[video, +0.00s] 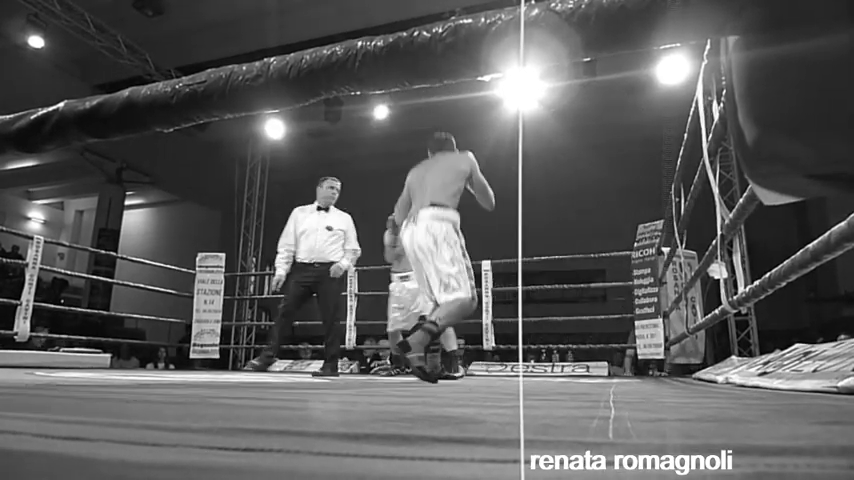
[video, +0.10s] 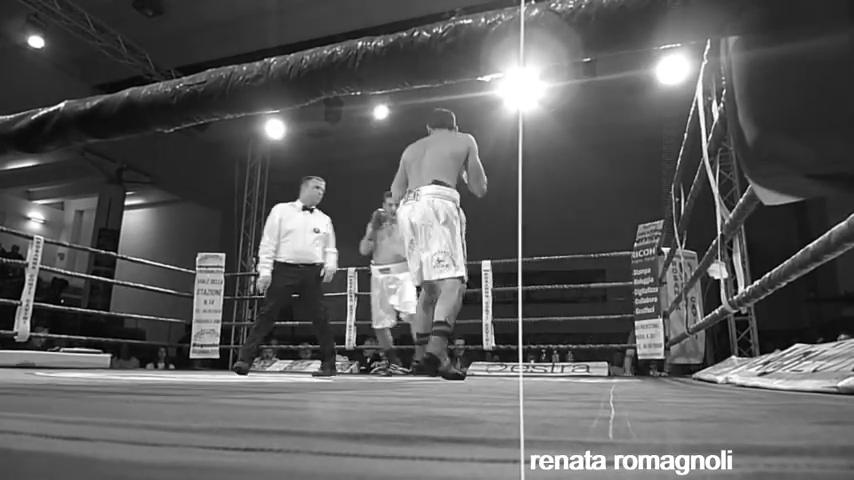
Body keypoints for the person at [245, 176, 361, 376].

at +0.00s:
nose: (334, 193)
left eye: (337, 190)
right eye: (330, 188)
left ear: (338, 195)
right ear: (318, 190)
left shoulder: (344, 219)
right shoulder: (299, 213)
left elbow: (353, 250)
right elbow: (286, 247)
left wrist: (343, 264)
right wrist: (281, 271)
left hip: (330, 272)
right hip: (301, 270)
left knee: (332, 319)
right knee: (285, 310)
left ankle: (331, 365)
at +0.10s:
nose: (321, 193)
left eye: (323, 191)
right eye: (318, 188)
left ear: (322, 195)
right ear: (305, 187)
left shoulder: (324, 220)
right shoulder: (281, 211)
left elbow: (330, 248)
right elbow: (268, 243)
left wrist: (330, 264)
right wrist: (264, 271)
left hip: (312, 272)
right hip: (283, 270)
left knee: (320, 317)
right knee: (267, 315)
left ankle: (328, 364)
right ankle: (245, 361)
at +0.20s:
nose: (309, 192)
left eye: (311, 189)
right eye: (306, 186)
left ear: (311, 193)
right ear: (293, 185)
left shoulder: (308, 218)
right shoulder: (268, 207)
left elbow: (312, 250)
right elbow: (255, 240)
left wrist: (316, 268)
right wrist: (255, 268)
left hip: (299, 269)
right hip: (271, 268)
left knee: (309, 317)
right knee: (258, 315)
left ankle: (320, 363)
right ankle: (243, 361)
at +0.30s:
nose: (293, 187)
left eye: (295, 184)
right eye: (289, 182)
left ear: (294, 189)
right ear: (276, 181)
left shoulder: (287, 214)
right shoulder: (253, 201)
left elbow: (283, 247)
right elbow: (238, 234)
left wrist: (293, 265)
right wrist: (239, 264)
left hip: (279, 266)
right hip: (256, 263)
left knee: (284, 313)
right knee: (250, 312)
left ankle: (283, 361)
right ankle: (242, 361)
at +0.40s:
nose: (281, 186)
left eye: (283, 183)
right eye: (277, 181)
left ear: (282, 187)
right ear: (264, 180)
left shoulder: (272, 213)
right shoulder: (243, 200)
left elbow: (267, 246)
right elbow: (228, 233)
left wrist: (278, 264)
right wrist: (227, 262)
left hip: (264, 265)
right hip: (245, 261)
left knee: (263, 312)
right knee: (244, 312)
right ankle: (239, 361)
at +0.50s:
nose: (269, 185)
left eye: (271, 181)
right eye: (265, 179)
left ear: (269, 186)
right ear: (251, 179)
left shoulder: (257, 210)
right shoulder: (233, 199)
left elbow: (253, 246)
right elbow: (217, 231)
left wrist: (265, 263)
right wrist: (213, 262)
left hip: (249, 261)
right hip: (234, 257)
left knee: (239, 313)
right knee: (237, 312)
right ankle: (238, 361)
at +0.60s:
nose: (249, 184)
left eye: (251, 181)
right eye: (246, 180)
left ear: (249, 185)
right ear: (232, 179)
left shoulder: (236, 209)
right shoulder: (213, 199)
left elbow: (231, 247)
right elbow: (197, 230)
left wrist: (247, 263)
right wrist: (191, 262)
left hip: (226, 260)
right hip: (213, 256)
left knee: (207, 311)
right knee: (227, 309)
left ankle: (164, 347)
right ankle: (234, 361)